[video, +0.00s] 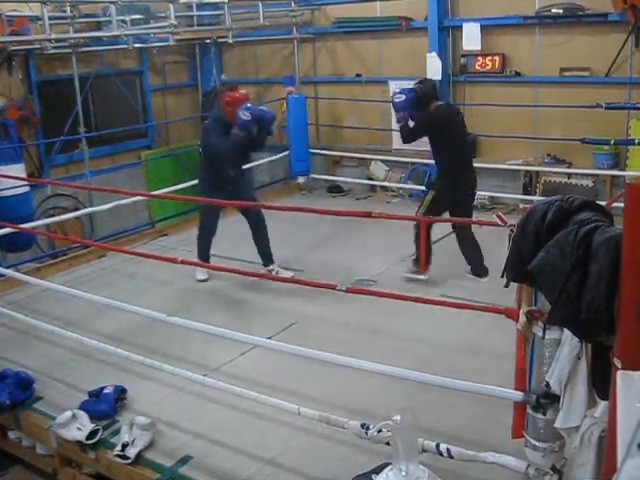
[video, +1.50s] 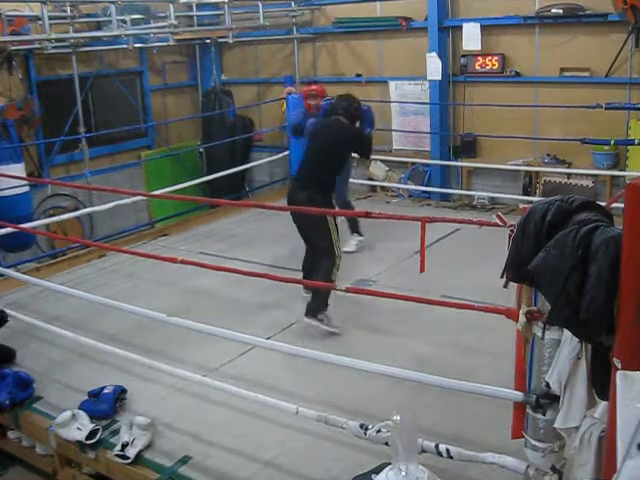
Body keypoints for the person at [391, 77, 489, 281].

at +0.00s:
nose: (415, 101)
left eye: (416, 97)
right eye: (415, 97)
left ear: (421, 99)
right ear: (435, 95)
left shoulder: (431, 117)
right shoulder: (452, 111)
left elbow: (407, 137)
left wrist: (401, 115)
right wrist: (413, 111)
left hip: (448, 181)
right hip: (466, 178)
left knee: (422, 219)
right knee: (462, 227)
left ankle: (421, 265)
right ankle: (479, 269)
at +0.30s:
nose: (392, 102)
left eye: (394, 99)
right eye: (392, 99)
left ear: (400, 99)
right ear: (415, 95)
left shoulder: (405, 117)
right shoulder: (437, 112)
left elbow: (381, 139)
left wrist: (378, 115)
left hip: (426, 181)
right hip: (448, 179)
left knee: (414, 230)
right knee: (454, 225)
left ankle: (408, 280)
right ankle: (473, 273)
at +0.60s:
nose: (380, 114)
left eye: (382, 110)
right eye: (380, 110)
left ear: (387, 112)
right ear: (404, 110)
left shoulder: (384, 131)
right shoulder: (421, 127)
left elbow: (354, 141)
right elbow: (394, 122)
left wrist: (339, 127)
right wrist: (373, 111)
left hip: (397, 203)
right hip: (422, 201)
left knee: (367, 238)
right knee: (432, 247)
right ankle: (451, 290)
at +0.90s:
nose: (383, 112)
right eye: (381, 108)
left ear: (358, 106)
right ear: (381, 110)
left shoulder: (343, 128)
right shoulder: (382, 132)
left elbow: (324, 158)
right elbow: (394, 158)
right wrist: (392, 132)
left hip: (330, 200)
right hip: (356, 203)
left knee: (333, 245)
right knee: (371, 252)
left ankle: (323, 288)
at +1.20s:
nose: (370, 127)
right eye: (369, 123)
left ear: (343, 120)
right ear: (366, 125)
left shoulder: (327, 139)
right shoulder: (366, 145)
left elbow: (308, 168)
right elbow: (382, 172)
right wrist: (382, 146)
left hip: (308, 210)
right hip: (333, 215)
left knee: (322, 246)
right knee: (338, 276)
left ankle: (309, 280)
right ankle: (315, 326)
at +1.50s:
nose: (357, 121)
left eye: (356, 116)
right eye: (356, 117)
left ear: (335, 111)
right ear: (351, 116)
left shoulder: (319, 126)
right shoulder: (346, 132)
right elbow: (365, 150)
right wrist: (363, 130)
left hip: (297, 195)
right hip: (317, 199)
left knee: (314, 245)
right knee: (330, 254)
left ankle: (309, 284)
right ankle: (316, 311)